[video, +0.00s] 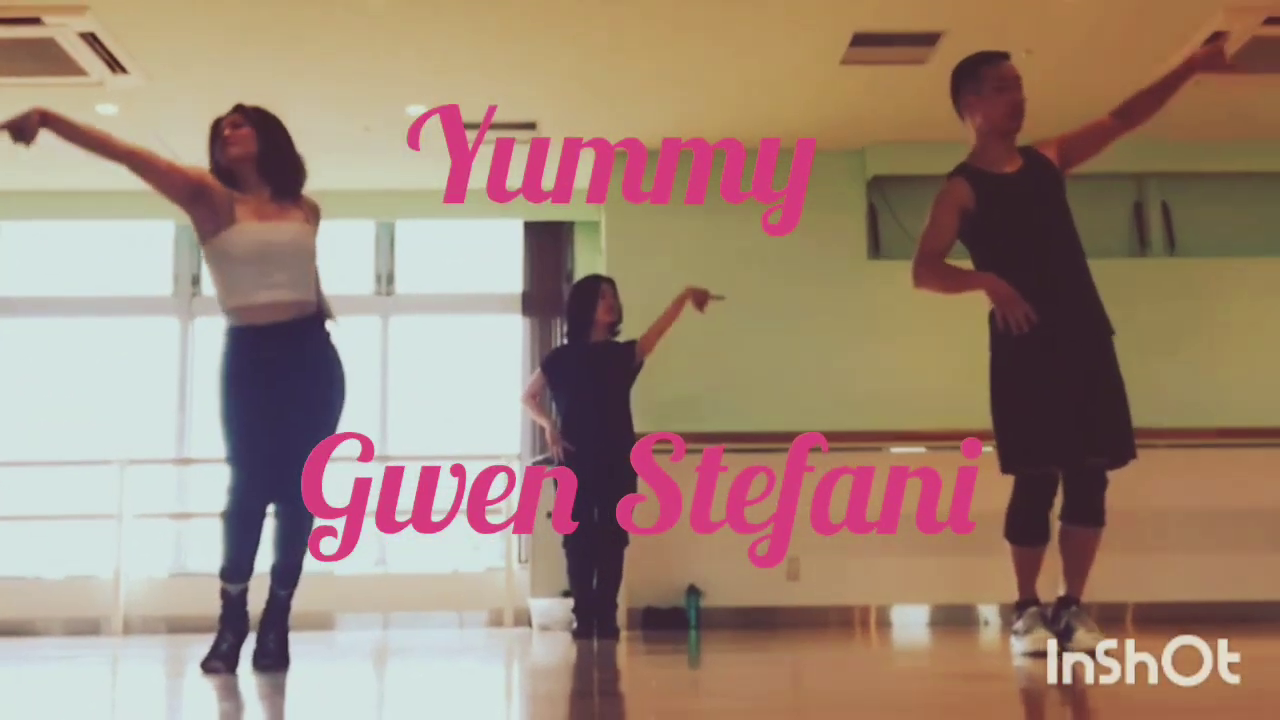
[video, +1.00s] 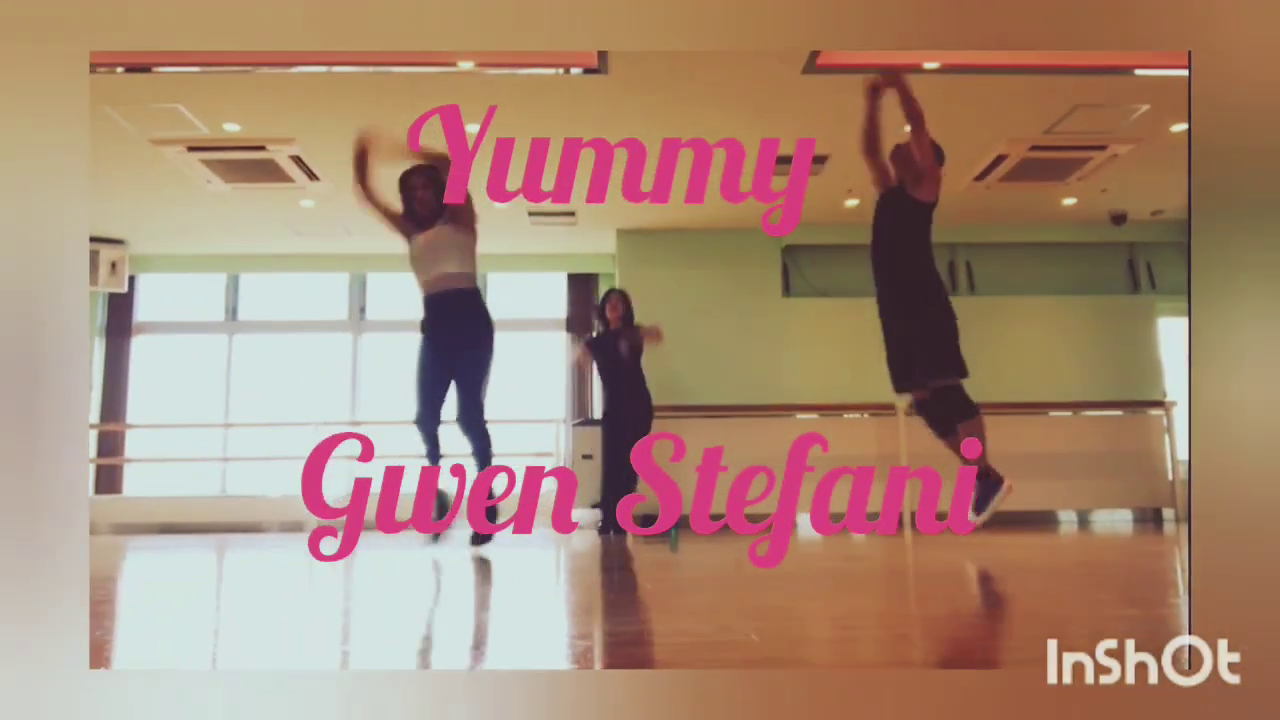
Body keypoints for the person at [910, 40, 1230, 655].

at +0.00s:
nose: (1015, 96)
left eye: (1017, 86)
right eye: (1000, 88)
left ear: (1021, 98)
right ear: (967, 105)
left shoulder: (1046, 159)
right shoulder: (961, 189)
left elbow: (1123, 119)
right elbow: (924, 270)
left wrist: (1189, 66)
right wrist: (986, 282)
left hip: (1082, 340)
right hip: (1023, 349)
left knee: (1087, 475)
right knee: (1036, 478)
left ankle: (1071, 607)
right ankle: (1025, 607)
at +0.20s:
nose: (978, 118)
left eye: (986, 106)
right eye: (965, 110)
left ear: (998, 112)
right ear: (944, 119)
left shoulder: (1028, 172)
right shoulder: (939, 196)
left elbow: (1102, 153)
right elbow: (888, 264)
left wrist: (1124, 93)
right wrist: (927, 251)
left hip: (1048, 341)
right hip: (989, 348)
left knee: (1049, 469)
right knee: (1000, 470)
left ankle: (1042, 590)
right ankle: (999, 592)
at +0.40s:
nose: (936, 142)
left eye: (941, 132)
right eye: (924, 136)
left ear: (954, 135)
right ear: (910, 146)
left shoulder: (983, 190)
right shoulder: (903, 206)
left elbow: (1051, 194)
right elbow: (853, 258)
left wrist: (1041, 162)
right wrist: (876, 220)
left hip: (991, 338)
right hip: (937, 344)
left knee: (995, 450)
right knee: (944, 451)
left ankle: (995, 557)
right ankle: (947, 559)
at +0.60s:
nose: (897, 186)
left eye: (903, 177)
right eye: (890, 180)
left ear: (920, 186)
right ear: (884, 193)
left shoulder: (946, 238)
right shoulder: (875, 249)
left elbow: (976, 290)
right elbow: (865, 307)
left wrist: (927, 332)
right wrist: (887, 331)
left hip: (939, 354)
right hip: (893, 357)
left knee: (941, 445)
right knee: (900, 447)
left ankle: (959, 528)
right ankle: (906, 532)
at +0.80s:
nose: (896, 161)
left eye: (905, 155)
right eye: (891, 154)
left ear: (918, 166)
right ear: (881, 164)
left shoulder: (927, 199)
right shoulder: (874, 210)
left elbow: (908, 206)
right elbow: (834, 238)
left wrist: (856, 213)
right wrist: (825, 211)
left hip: (933, 323)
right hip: (891, 327)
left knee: (935, 410)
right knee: (894, 417)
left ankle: (946, 498)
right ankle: (896, 504)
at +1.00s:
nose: (905, 151)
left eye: (914, 147)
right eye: (905, 147)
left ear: (930, 164)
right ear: (901, 158)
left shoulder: (922, 191)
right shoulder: (890, 192)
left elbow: (919, 131)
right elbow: (872, 148)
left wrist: (901, 86)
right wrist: (873, 97)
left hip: (926, 307)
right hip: (899, 311)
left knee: (947, 392)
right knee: (924, 401)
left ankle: (987, 475)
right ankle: (981, 474)